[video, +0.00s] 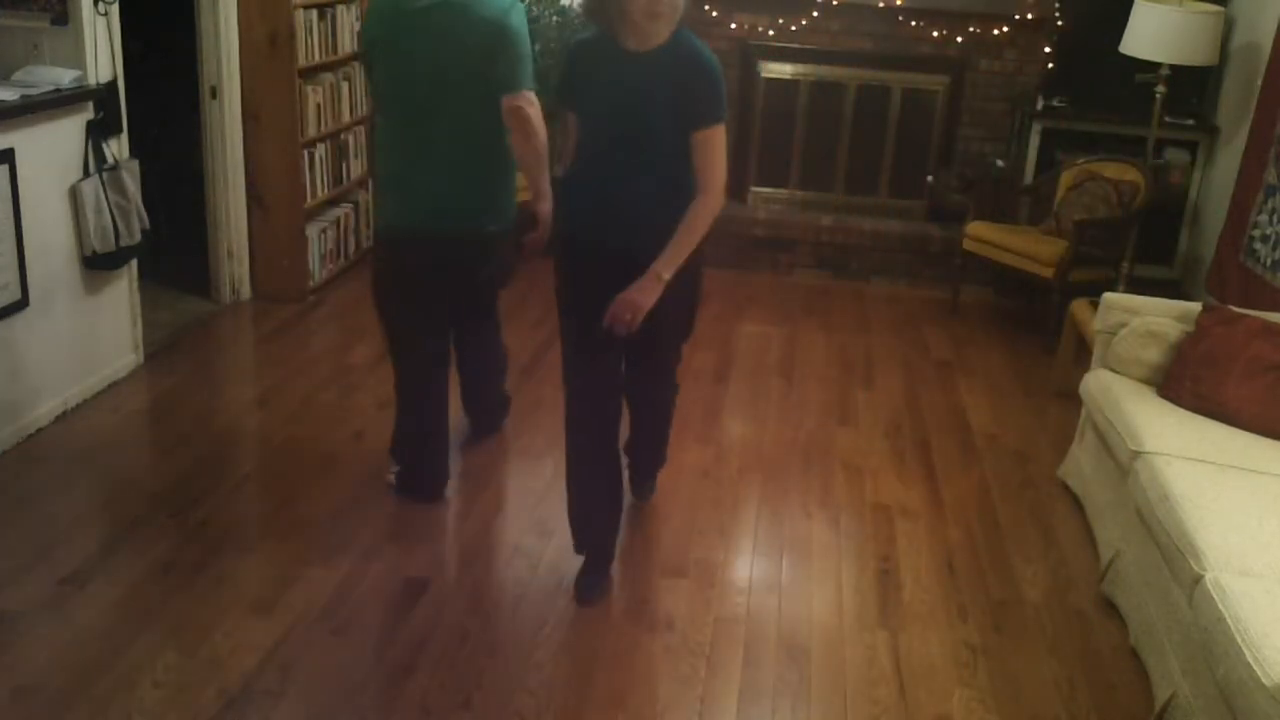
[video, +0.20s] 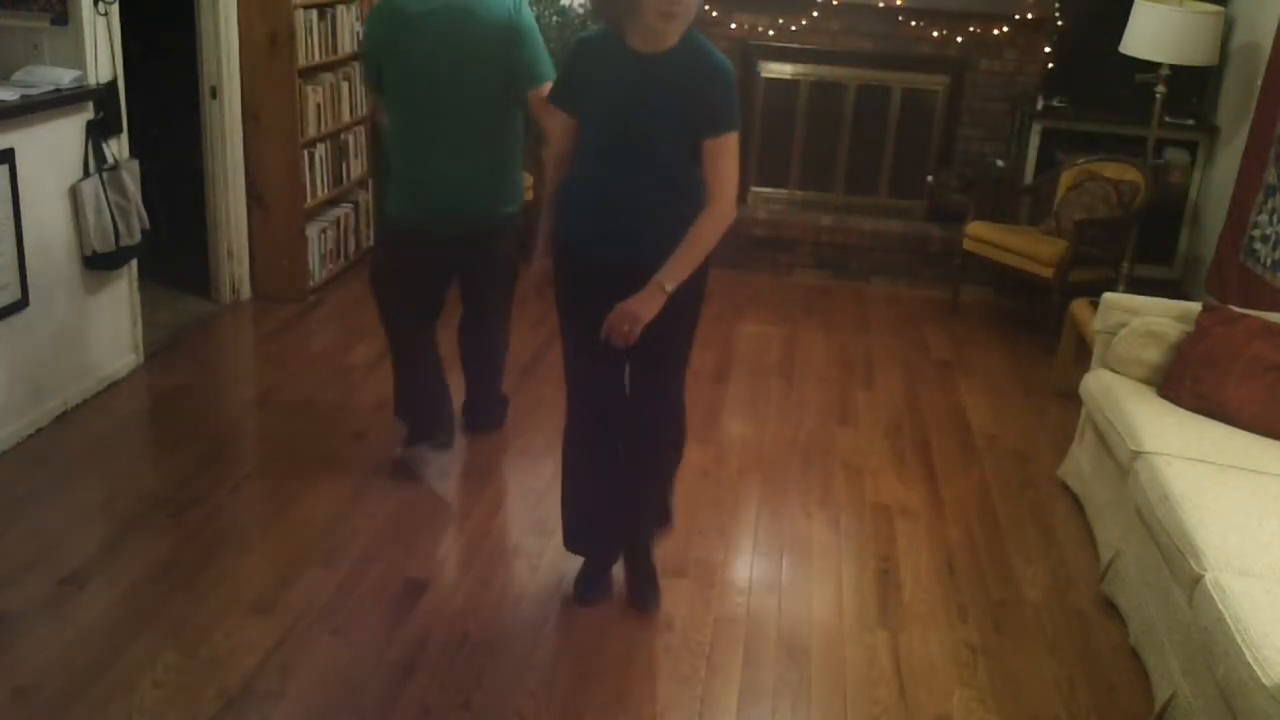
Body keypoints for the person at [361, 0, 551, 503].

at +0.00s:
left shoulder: (382, 11)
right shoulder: (501, 13)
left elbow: (379, 95)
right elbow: (517, 107)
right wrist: (542, 193)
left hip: (403, 215)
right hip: (481, 211)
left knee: (416, 348)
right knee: (477, 310)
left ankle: (422, 473)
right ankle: (486, 410)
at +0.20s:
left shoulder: (388, 13)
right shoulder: (510, 12)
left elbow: (379, 104)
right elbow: (546, 106)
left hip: (412, 203)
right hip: (492, 198)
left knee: (408, 319)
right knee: (488, 309)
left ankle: (429, 433)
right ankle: (485, 410)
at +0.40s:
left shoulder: (384, 8)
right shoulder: (508, 7)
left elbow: (331, 83)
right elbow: (561, 82)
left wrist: (312, 131)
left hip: (411, 195)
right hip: (487, 192)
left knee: (400, 308)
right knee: (482, 308)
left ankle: (399, 402)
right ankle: (484, 408)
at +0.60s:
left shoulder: (358, 12)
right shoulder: (474, 7)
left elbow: (296, 77)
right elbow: (528, 55)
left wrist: (254, 134)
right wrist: (547, 97)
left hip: (389, 187)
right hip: (459, 184)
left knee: (384, 293)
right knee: (466, 302)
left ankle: (368, 381)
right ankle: (484, 407)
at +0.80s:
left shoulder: (328, 7)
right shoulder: (430, 3)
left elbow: (285, 77)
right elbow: (470, 54)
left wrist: (244, 147)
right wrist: (462, 93)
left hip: (355, 172)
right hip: (420, 167)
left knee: (356, 283)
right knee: (425, 274)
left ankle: (366, 378)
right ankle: (467, 371)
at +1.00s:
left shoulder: (322, 5)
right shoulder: (393, 5)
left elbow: (304, 77)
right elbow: (403, 59)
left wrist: (279, 155)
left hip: (340, 159)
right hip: (385, 152)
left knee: (336, 270)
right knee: (367, 265)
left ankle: (359, 376)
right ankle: (378, 367)